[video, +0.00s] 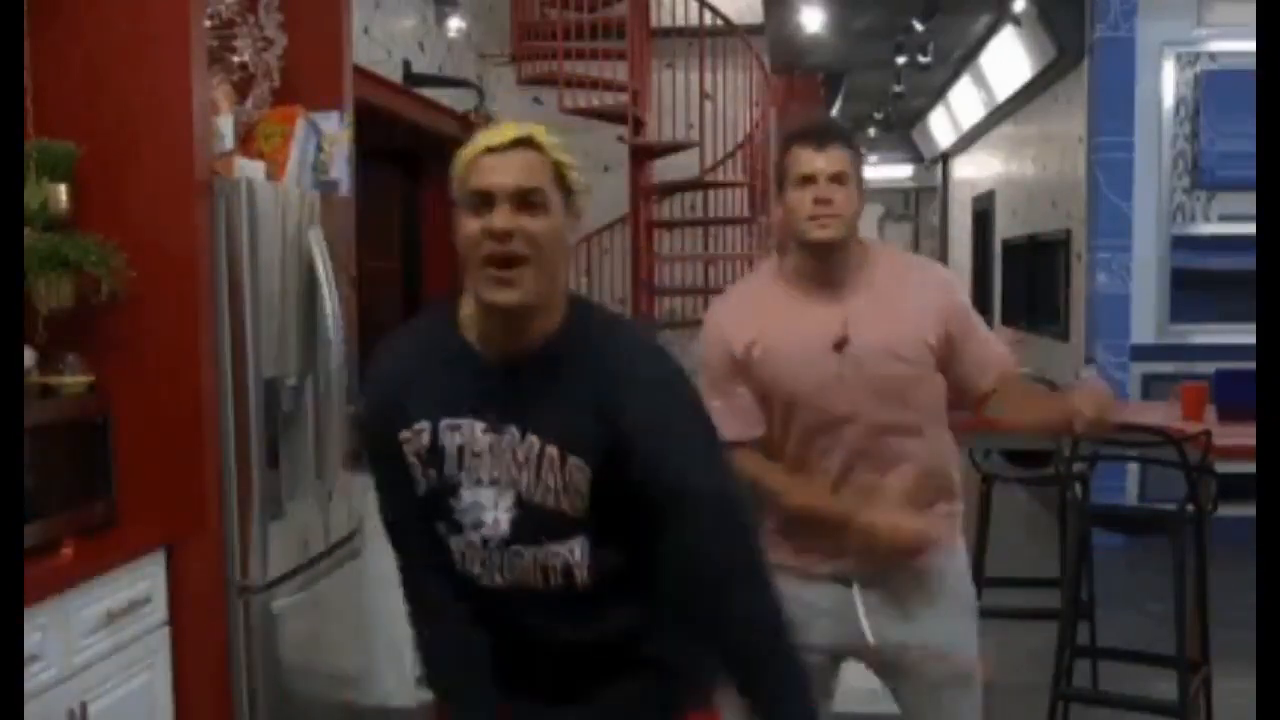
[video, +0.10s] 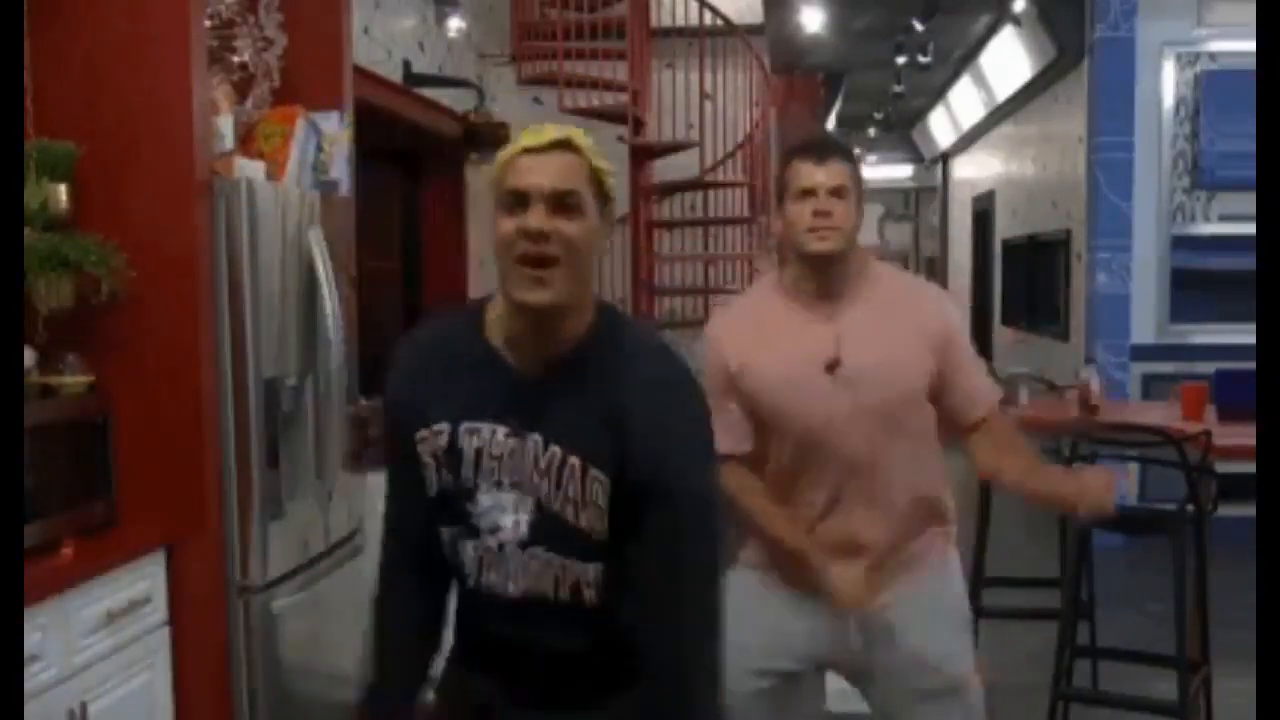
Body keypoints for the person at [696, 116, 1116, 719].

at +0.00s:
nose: (823, 195)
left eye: (838, 180)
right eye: (805, 182)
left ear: (860, 195)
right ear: (780, 203)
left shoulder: (927, 287)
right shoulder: (737, 316)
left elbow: (993, 390)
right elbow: (736, 454)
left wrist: (1067, 409)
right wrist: (855, 516)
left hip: (925, 573)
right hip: (797, 575)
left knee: (952, 711)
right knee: (778, 713)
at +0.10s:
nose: (822, 208)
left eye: (838, 195)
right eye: (804, 196)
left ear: (860, 211)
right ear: (779, 217)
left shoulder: (925, 309)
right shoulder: (733, 329)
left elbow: (985, 430)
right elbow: (727, 463)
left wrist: (1065, 487)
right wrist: (814, 556)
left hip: (912, 571)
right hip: (776, 572)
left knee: (947, 705)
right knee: (742, 703)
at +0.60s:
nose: (667, 212)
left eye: (679, 195)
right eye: (649, 203)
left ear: (706, 200)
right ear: (633, 217)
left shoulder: (778, 294)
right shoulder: (607, 277)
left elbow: (788, 430)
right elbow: (526, 308)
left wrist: (672, 431)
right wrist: (475, 301)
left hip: (748, 533)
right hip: (635, 531)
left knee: (761, 691)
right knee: (613, 694)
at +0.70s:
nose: (654, 230)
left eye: (666, 214)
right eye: (638, 221)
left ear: (697, 218)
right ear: (624, 235)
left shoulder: (774, 308)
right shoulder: (599, 301)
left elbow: (791, 440)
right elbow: (514, 340)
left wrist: (675, 469)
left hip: (748, 537)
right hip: (635, 535)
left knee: (781, 688)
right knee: (610, 694)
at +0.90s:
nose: (703, 212)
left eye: (716, 199)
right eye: (687, 201)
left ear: (741, 212)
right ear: (665, 220)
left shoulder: (806, 288)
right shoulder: (632, 314)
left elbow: (855, 390)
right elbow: (599, 429)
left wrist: (836, 502)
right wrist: (548, 514)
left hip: (784, 529)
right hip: (666, 536)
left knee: (865, 683)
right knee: (628, 690)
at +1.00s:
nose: (731, 196)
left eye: (746, 184)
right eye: (717, 184)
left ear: (767, 195)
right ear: (697, 198)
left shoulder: (828, 263)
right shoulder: (657, 295)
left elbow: (901, 348)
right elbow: (641, 417)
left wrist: (906, 455)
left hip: (817, 512)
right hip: (701, 518)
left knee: (880, 679)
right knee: (655, 689)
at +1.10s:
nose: (789, 207)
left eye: (804, 194)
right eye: (775, 193)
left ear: (825, 210)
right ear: (753, 206)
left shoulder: (874, 280)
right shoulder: (721, 301)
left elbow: (973, 314)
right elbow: (711, 433)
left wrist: (993, 321)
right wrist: (775, 458)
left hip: (865, 532)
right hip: (757, 530)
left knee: (917, 699)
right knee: (700, 683)